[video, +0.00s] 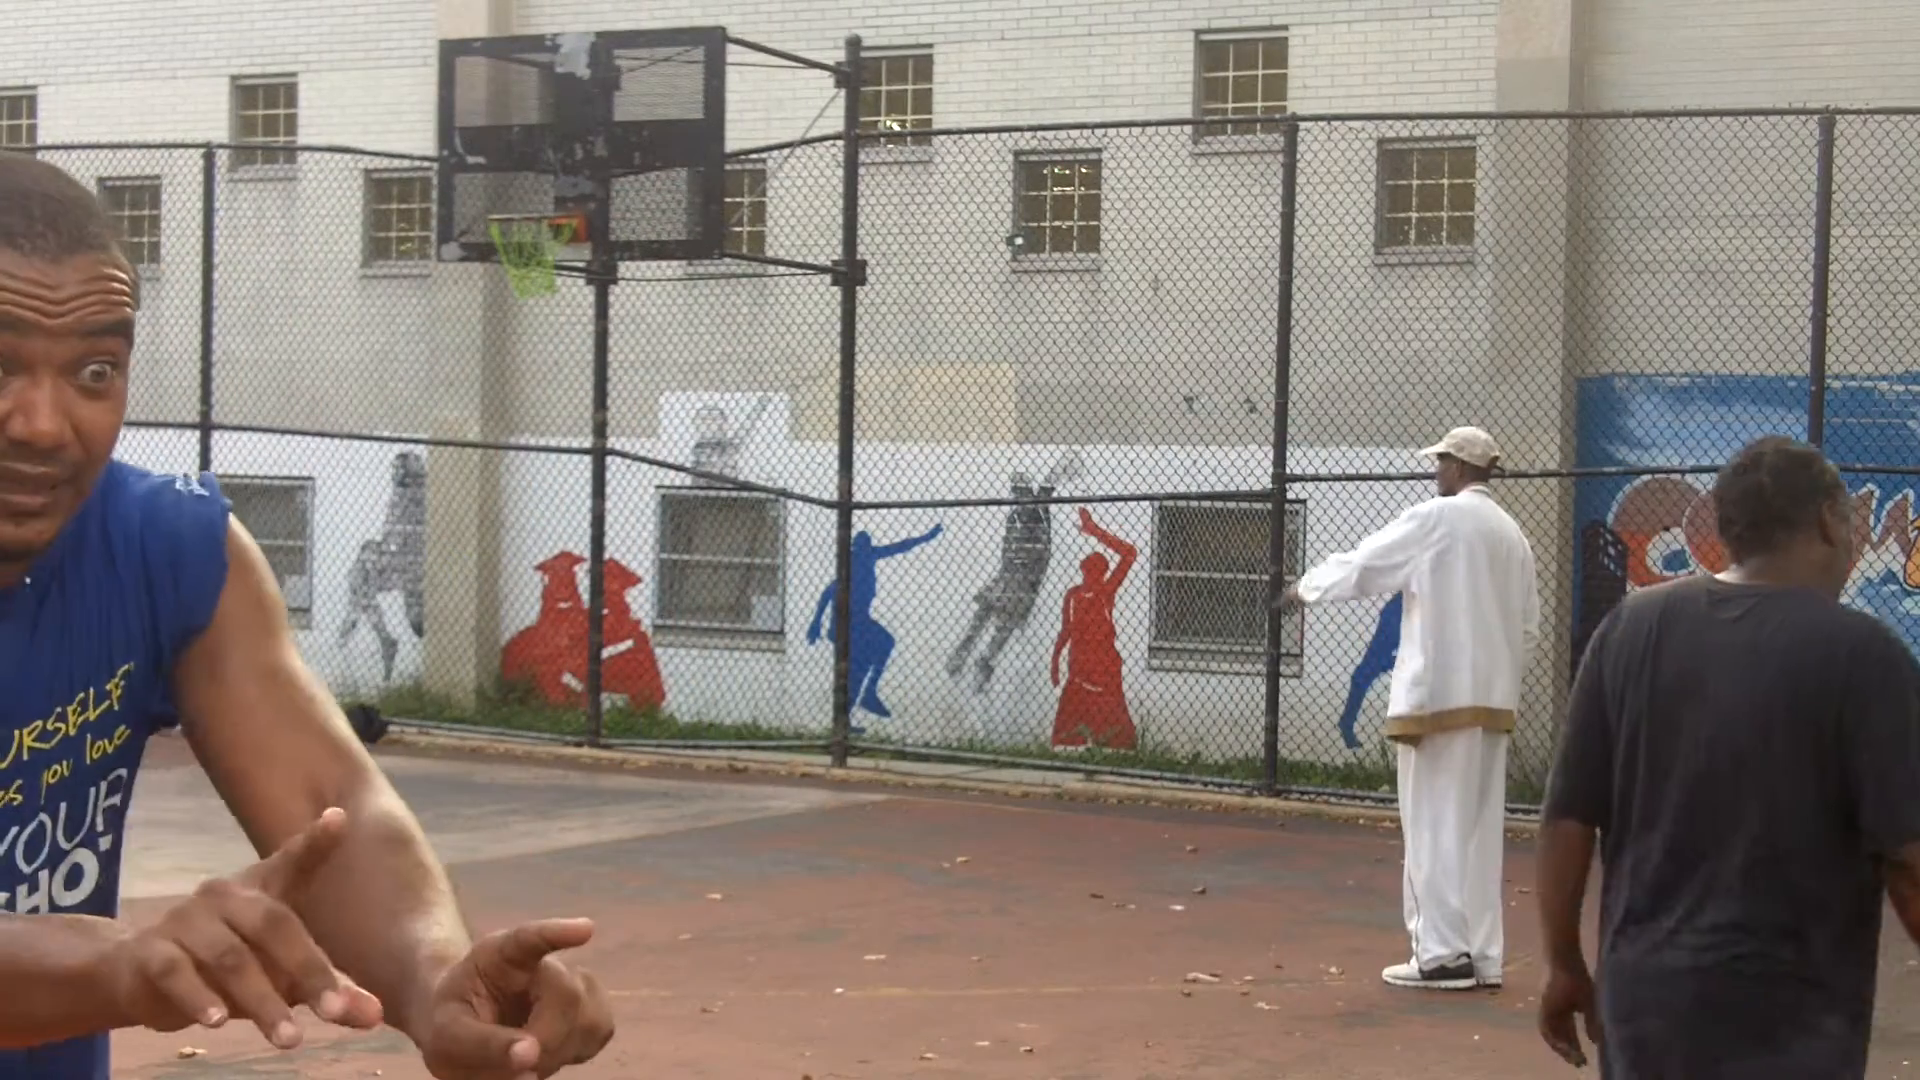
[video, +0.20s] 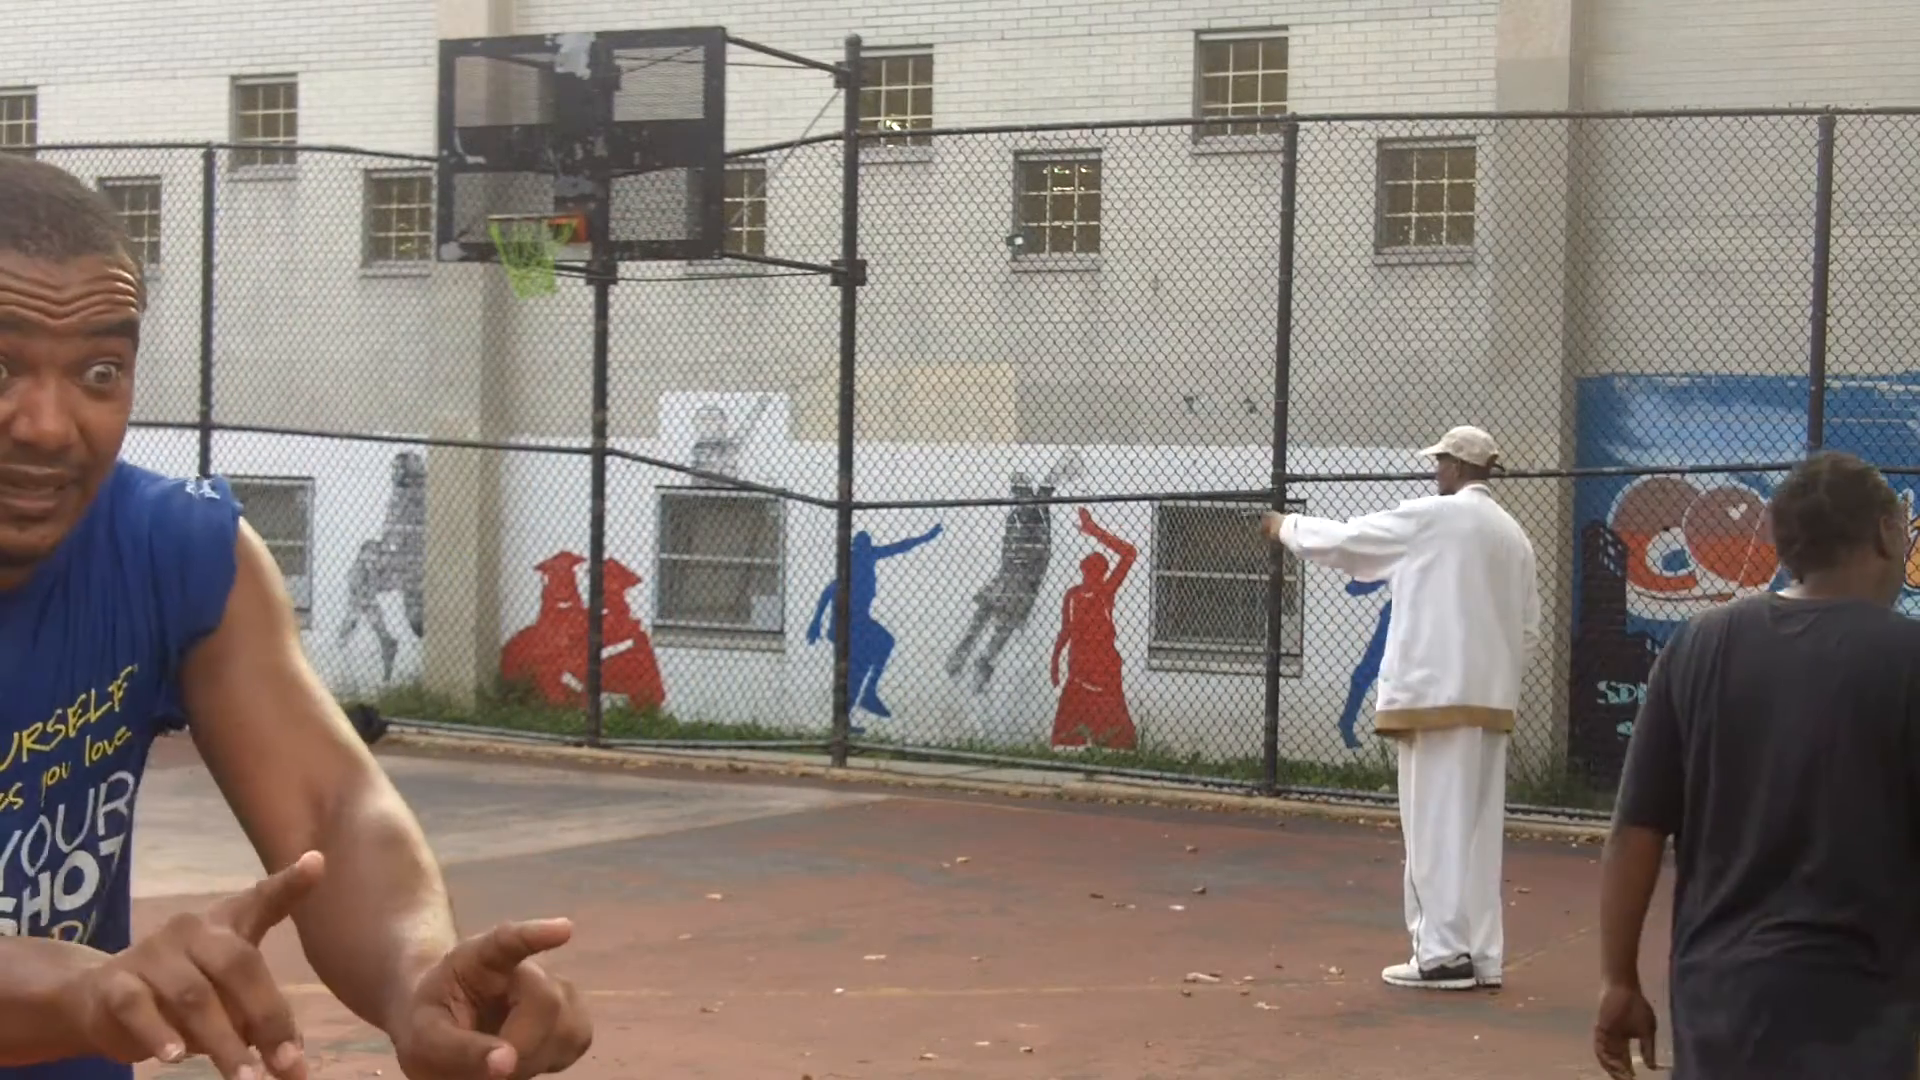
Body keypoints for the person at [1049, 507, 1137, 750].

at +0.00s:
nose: (1093, 575)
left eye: (1098, 570)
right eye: (1089, 569)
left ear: (1104, 572)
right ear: (1083, 569)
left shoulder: (1108, 590)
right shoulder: (1073, 594)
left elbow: (1129, 554)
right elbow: (1066, 629)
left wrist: (1095, 531)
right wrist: (1055, 659)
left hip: (1105, 656)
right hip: (1079, 656)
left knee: (1108, 703)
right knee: (1075, 703)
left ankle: (1117, 746)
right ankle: (1069, 745)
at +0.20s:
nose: (1093, 575)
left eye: (1098, 570)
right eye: (1089, 569)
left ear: (1103, 572)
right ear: (1083, 569)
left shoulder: (1108, 590)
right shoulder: (1072, 594)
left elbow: (1129, 553)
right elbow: (1066, 629)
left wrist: (1095, 531)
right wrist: (1055, 658)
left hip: (1105, 656)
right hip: (1079, 657)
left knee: (1109, 703)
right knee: (1075, 703)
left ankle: (1117, 745)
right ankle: (1068, 745)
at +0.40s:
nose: (1092, 574)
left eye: (1097, 569)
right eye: (1089, 569)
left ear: (1103, 572)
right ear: (1082, 569)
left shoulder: (1108, 589)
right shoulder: (1072, 593)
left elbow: (1128, 553)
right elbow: (1065, 629)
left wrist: (1095, 531)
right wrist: (1054, 658)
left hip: (1104, 656)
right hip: (1078, 657)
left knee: (1107, 703)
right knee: (1074, 703)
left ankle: (1116, 745)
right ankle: (1067, 745)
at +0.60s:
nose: (1093, 574)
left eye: (1097, 569)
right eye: (1089, 569)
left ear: (1103, 572)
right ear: (1082, 569)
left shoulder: (1108, 589)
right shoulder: (1072, 594)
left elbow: (1128, 553)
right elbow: (1065, 629)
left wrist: (1094, 530)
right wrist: (1054, 659)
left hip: (1104, 657)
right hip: (1079, 657)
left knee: (1107, 704)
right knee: (1074, 704)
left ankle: (1116, 746)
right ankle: (1067, 745)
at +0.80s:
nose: (1093, 575)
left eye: (1098, 570)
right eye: (1090, 569)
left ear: (1104, 572)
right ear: (1083, 569)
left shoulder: (1109, 589)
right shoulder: (1073, 593)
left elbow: (1130, 553)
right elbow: (1067, 629)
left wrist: (1096, 531)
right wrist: (1056, 658)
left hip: (1105, 656)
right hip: (1080, 657)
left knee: (1109, 703)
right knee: (1076, 703)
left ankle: (1118, 745)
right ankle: (1069, 744)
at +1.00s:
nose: (1096, 575)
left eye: (1101, 570)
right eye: (1093, 569)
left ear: (1106, 572)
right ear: (1086, 569)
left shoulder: (1112, 589)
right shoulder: (1076, 593)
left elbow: (1132, 553)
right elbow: (1069, 629)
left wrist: (1098, 531)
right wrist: (1058, 658)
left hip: (1108, 656)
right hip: (1083, 656)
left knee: (1111, 703)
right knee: (1078, 702)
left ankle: (1120, 745)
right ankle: (1071, 745)